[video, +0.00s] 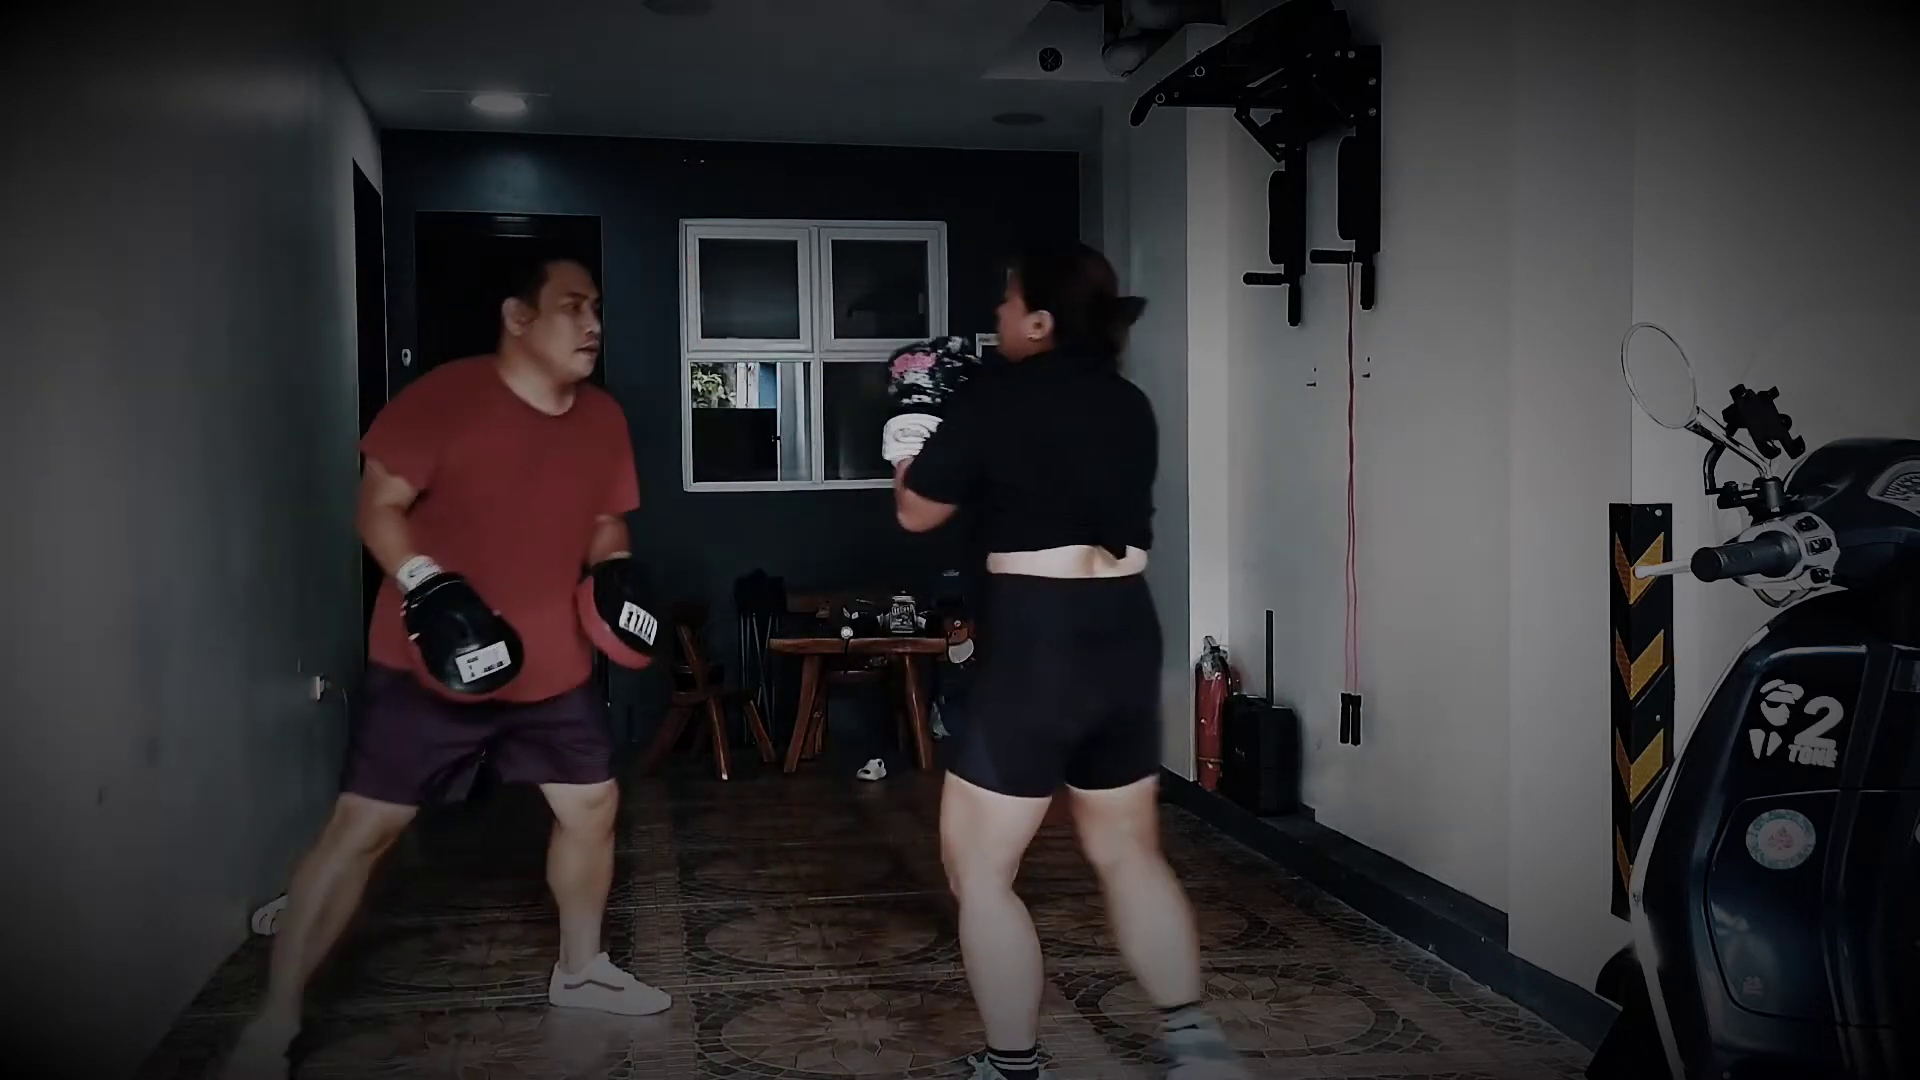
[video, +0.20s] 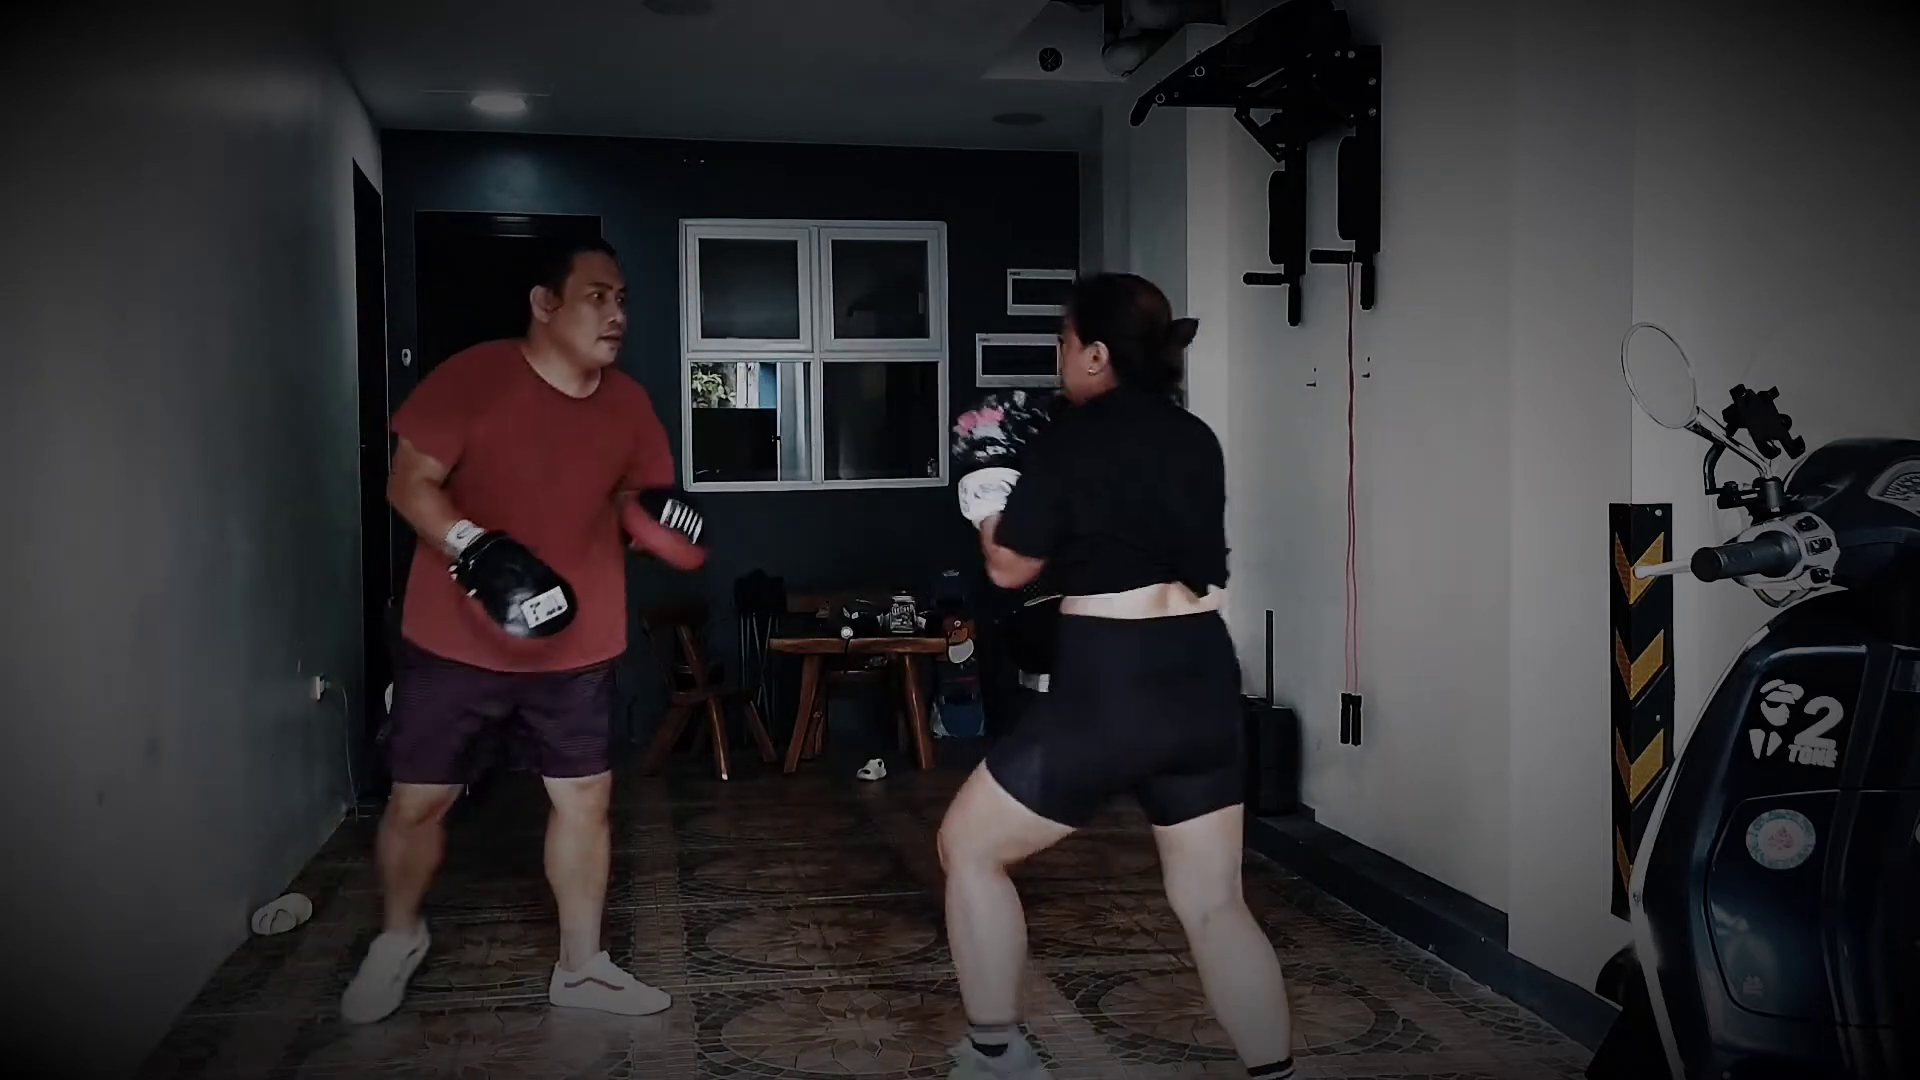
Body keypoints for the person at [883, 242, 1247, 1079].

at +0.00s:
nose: (998, 312)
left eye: (1010, 300)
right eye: (1005, 297)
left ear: (1044, 318)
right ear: (1090, 318)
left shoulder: (995, 399)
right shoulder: (1129, 404)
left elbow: (916, 510)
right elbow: (1088, 501)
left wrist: (915, 451)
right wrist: (964, 441)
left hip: (1030, 655)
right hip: (1128, 649)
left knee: (980, 868)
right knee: (1129, 852)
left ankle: (1013, 1063)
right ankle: (1194, 1039)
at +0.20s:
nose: (1058, 353)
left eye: (1065, 340)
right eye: (1062, 337)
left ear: (1098, 354)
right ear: (1151, 353)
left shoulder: (1069, 441)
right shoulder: (1199, 442)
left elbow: (1010, 569)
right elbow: (1191, 560)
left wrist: (990, 516)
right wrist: (1045, 509)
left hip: (1102, 697)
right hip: (1206, 692)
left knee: (969, 848)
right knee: (1215, 902)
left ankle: (996, 1046)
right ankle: (1273, 1070)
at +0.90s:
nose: (941, 347)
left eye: (942, 334)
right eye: (942, 334)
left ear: (961, 335)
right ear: (1031, 332)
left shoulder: (943, 415)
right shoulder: (1077, 416)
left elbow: (867, 528)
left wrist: (863, 464)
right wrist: (909, 465)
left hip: (976, 668)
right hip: (1081, 666)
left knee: (901, 869)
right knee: (1095, 871)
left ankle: (881, 1055)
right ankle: (1143, 1048)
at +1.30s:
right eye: (960, 332)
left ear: (885, 338)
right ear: (960, 345)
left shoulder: (833, 405)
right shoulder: (970, 421)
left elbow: (782, 468)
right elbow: (1038, 545)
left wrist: (773, 391)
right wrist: (1022, 468)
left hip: (805, 654)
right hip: (909, 660)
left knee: (788, 846)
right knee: (1007, 861)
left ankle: (717, 1030)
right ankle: (1070, 1047)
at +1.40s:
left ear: (837, 339)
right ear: (914, 351)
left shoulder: (785, 413)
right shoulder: (925, 433)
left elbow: (728, 463)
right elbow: (980, 555)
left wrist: (753, 399)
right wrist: (989, 475)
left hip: (767, 669)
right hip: (868, 671)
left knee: (767, 865)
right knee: (967, 866)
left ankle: (720, 1045)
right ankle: (972, 1056)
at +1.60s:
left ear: (780, 335)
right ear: (863, 336)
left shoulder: (734, 420)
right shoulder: (903, 417)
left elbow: (718, 549)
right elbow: (936, 529)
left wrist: (790, 518)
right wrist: (858, 511)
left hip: (753, 661)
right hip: (860, 667)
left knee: (743, 864)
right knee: (850, 909)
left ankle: (717, 1052)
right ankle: (802, 1072)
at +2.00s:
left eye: (729, 324)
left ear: (758, 324)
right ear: (845, 321)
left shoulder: (718, 410)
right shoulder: (891, 404)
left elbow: (699, 514)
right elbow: (918, 510)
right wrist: (822, 504)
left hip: (732, 667)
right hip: (843, 674)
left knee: (731, 862)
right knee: (821, 922)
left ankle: (709, 1032)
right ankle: (791, 1074)